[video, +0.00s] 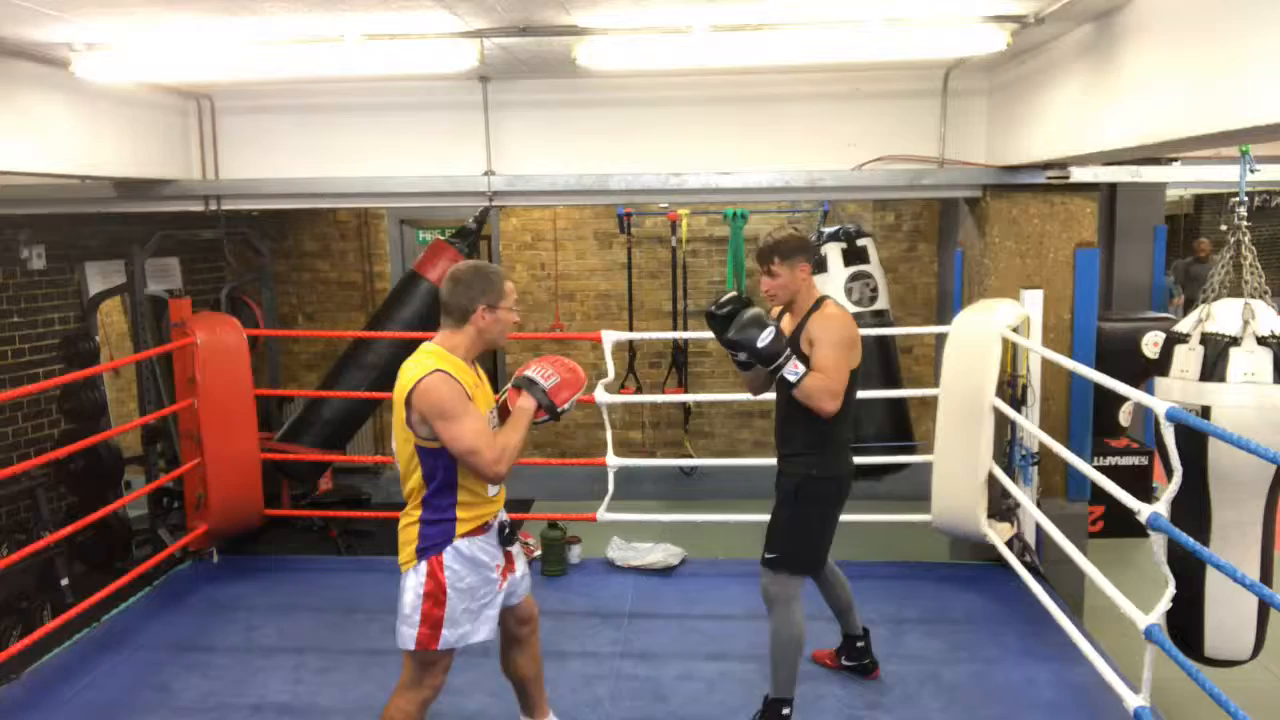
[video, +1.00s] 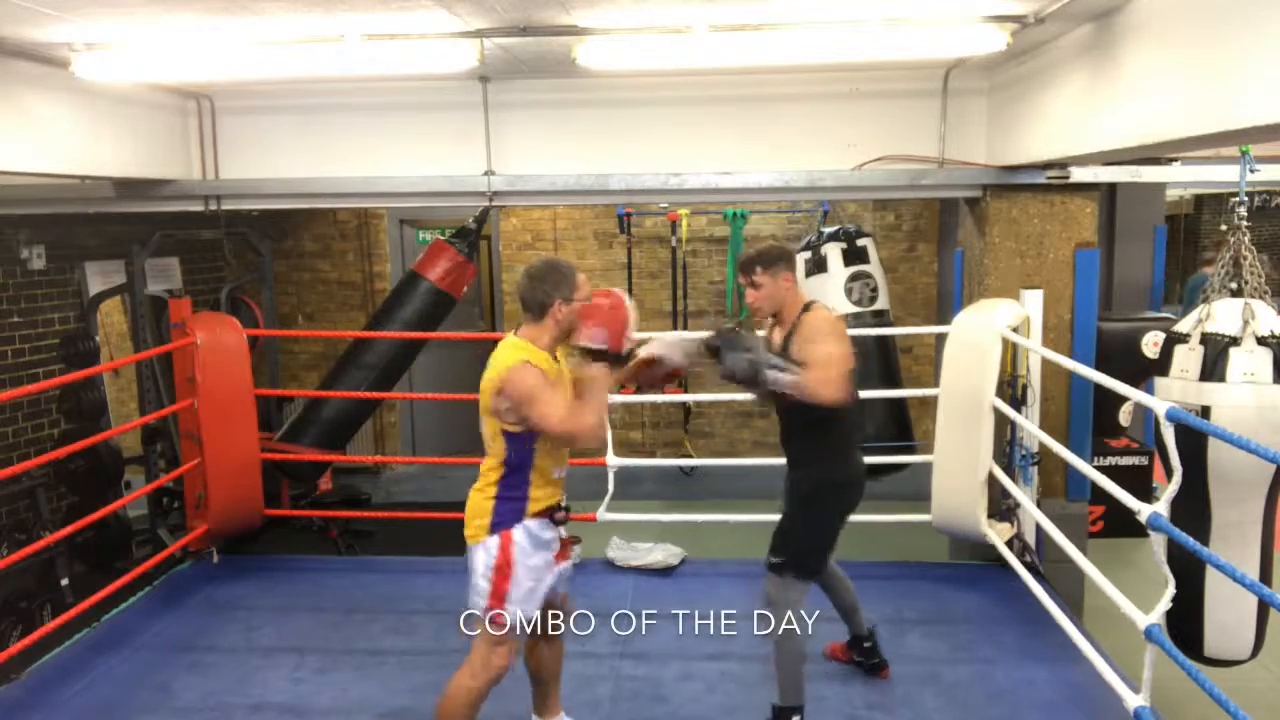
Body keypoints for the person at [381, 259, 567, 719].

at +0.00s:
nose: (516, 320)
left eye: (515, 309)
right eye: (511, 310)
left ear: (475, 315)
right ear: (482, 315)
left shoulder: (462, 367)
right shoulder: (435, 382)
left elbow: (473, 445)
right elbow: (494, 463)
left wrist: (520, 409)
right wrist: (525, 404)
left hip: (486, 533)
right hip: (443, 548)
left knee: (522, 620)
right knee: (423, 681)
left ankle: (538, 715)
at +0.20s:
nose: (550, 318)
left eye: (548, 307)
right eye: (543, 308)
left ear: (511, 314)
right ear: (514, 314)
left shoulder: (522, 360)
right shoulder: (460, 374)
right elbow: (523, 447)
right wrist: (555, 381)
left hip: (510, 529)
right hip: (456, 541)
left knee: (532, 624)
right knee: (426, 674)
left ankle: (546, 713)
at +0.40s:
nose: (569, 309)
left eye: (568, 300)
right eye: (563, 301)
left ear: (530, 309)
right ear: (535, 309)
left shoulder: (532, 352)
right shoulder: (503, 365)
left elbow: (594, 357)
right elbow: (595, 404)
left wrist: (626, 338)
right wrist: (618, 345)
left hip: (528, 522)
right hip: (486, 531)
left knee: (535, 632)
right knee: (458, 662)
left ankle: (545, 714)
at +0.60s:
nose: (587, 305)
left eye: (585, 296)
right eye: (581, 298)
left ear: (552, 307)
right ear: (552, 307)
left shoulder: (567, 348)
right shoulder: (498, 363)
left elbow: (592, 393)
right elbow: (534, 438)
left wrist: (653, 355)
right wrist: (585, 388)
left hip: (543, 513)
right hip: (495, 524)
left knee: (546, 634)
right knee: (484, 658)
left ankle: (546, 713)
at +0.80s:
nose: (590, 308)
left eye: (588, 298)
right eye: (583, 300)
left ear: (553, 310)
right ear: (554, 310)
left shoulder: (561, 351)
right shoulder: (502, 368)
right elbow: (544, 443)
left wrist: (644, 346)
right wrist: (584, 377)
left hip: (549, 521)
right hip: (501, 533)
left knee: (552, 628)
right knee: (479, 662)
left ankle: (545, 712)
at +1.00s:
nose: (589, 312)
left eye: (587, 302)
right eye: (583, 302)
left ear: (553, 309)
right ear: (558, 310)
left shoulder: (551, 355)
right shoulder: (516, 370)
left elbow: (577, 407)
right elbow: (585, 430)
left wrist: (624, 374)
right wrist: (596, 365)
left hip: (541, 517)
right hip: (506, 525)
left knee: (551, 622)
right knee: (492, 658)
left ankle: (549, 713)